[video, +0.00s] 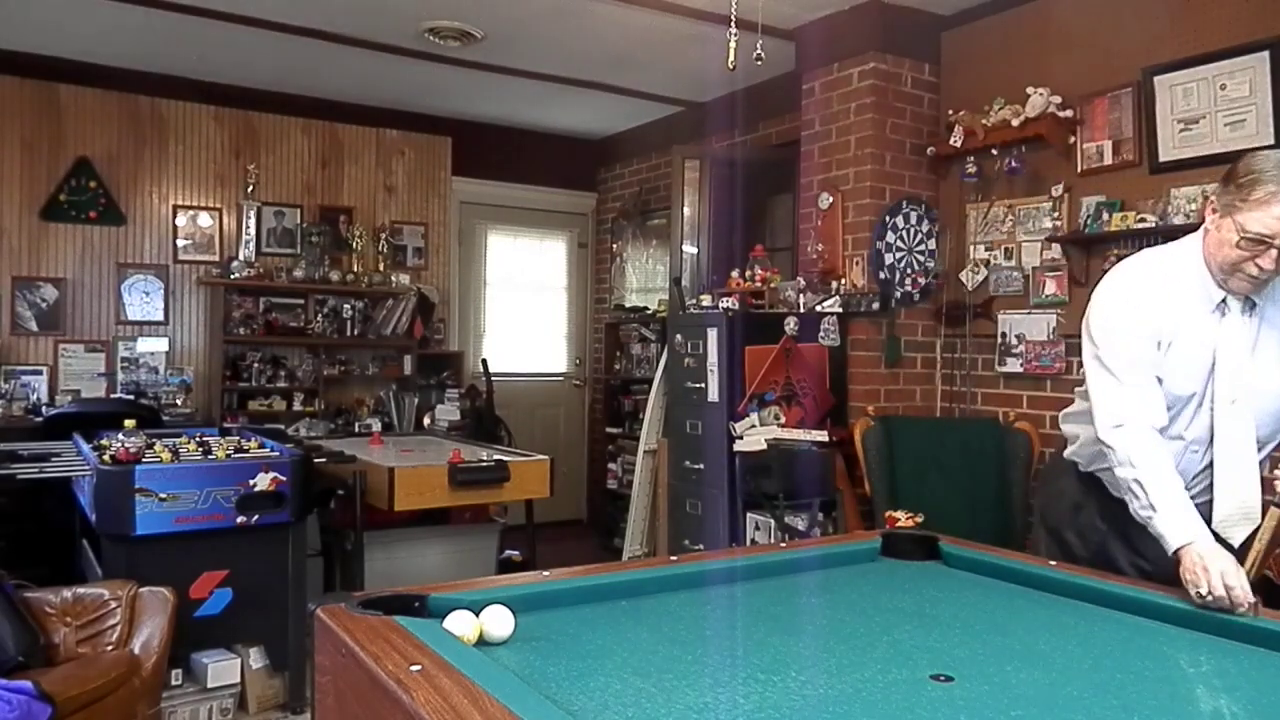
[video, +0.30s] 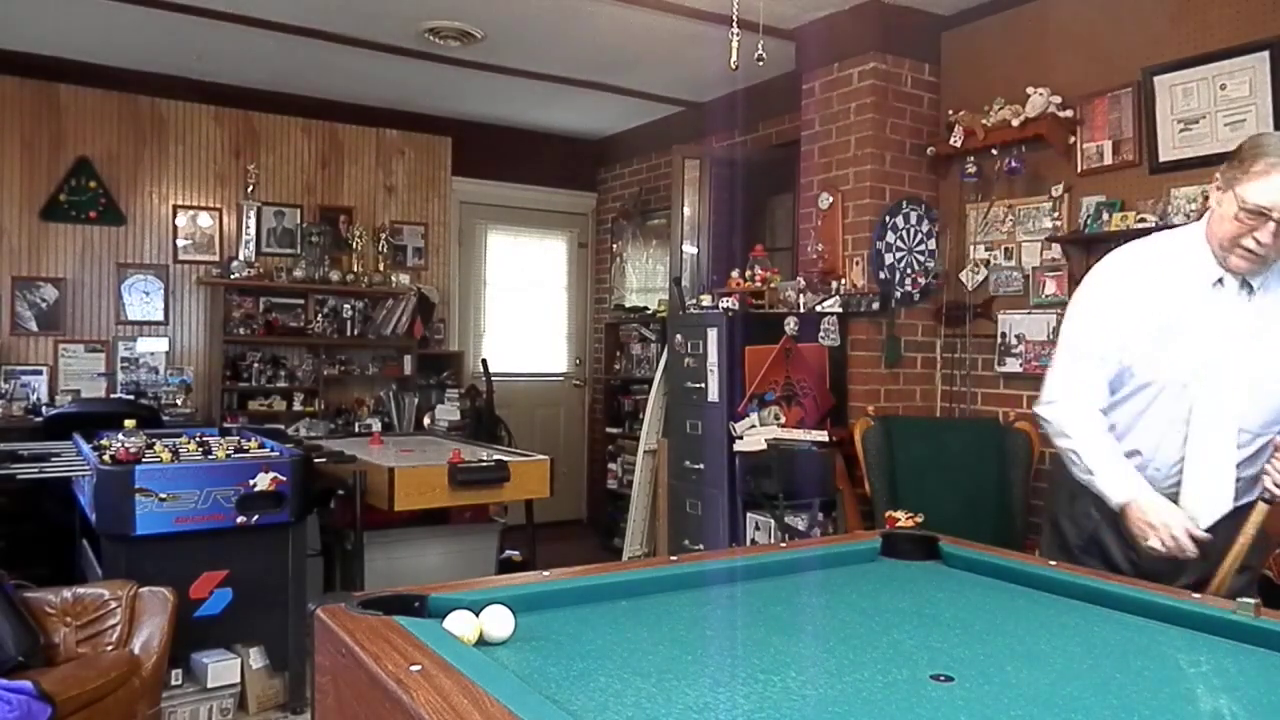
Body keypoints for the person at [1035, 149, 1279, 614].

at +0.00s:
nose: (1268, 263)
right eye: (1255, 241)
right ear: (1212, 214)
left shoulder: (1271, 300)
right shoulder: (1131, 291)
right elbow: (1129, 433)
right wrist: (1191, 544)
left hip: (1208, 518)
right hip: (1099, 510)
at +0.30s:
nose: (1265, 237)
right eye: (1253, 212)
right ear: (1216, 193)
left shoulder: (1273, 290)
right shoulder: (1129, 274)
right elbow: (1064, 404)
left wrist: (1270, 463)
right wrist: (1134, 499)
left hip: (1227, 533)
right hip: (1103, 522)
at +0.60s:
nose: (1178, 203)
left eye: (1202, 188)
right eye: (1166, 185)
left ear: (1248, 188)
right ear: (1150, 182)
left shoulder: (1270, 278)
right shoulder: (1094, 269)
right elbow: (1033, 383)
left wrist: (1245, 442)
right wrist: (1051, 482)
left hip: (1213, 530)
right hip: (1094, 518)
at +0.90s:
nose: (1084, 195)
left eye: (1100, 177)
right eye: (1073, 184)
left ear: (1149, 171)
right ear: (1065, 190)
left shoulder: (1217, 265)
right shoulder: (1052, 284)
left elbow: (1270, 389)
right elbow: (1020, 394)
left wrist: (1159, 404)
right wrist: (1016, 474)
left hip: (1189, 519)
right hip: (1080, 513)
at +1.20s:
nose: (1021, 203)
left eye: (1033, 183)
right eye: (1012, 194)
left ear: (1081, 174)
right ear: (1010, 204)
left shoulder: (1154, 253)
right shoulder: (1024, 296)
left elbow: (1215, 371)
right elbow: (1013, 398)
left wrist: (1100, 417)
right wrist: (1011, 467)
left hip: (1163, 501)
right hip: (1061, 504)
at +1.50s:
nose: (1002, 200)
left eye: (1013, 181)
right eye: (995, 190)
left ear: (1059, 175)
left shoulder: (1131, 250)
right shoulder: (1018, 286)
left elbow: (1203, 372)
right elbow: (1024, 383)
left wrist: (1111, 447)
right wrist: (1004, 453)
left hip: (1138, 498)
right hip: (1045, 501)